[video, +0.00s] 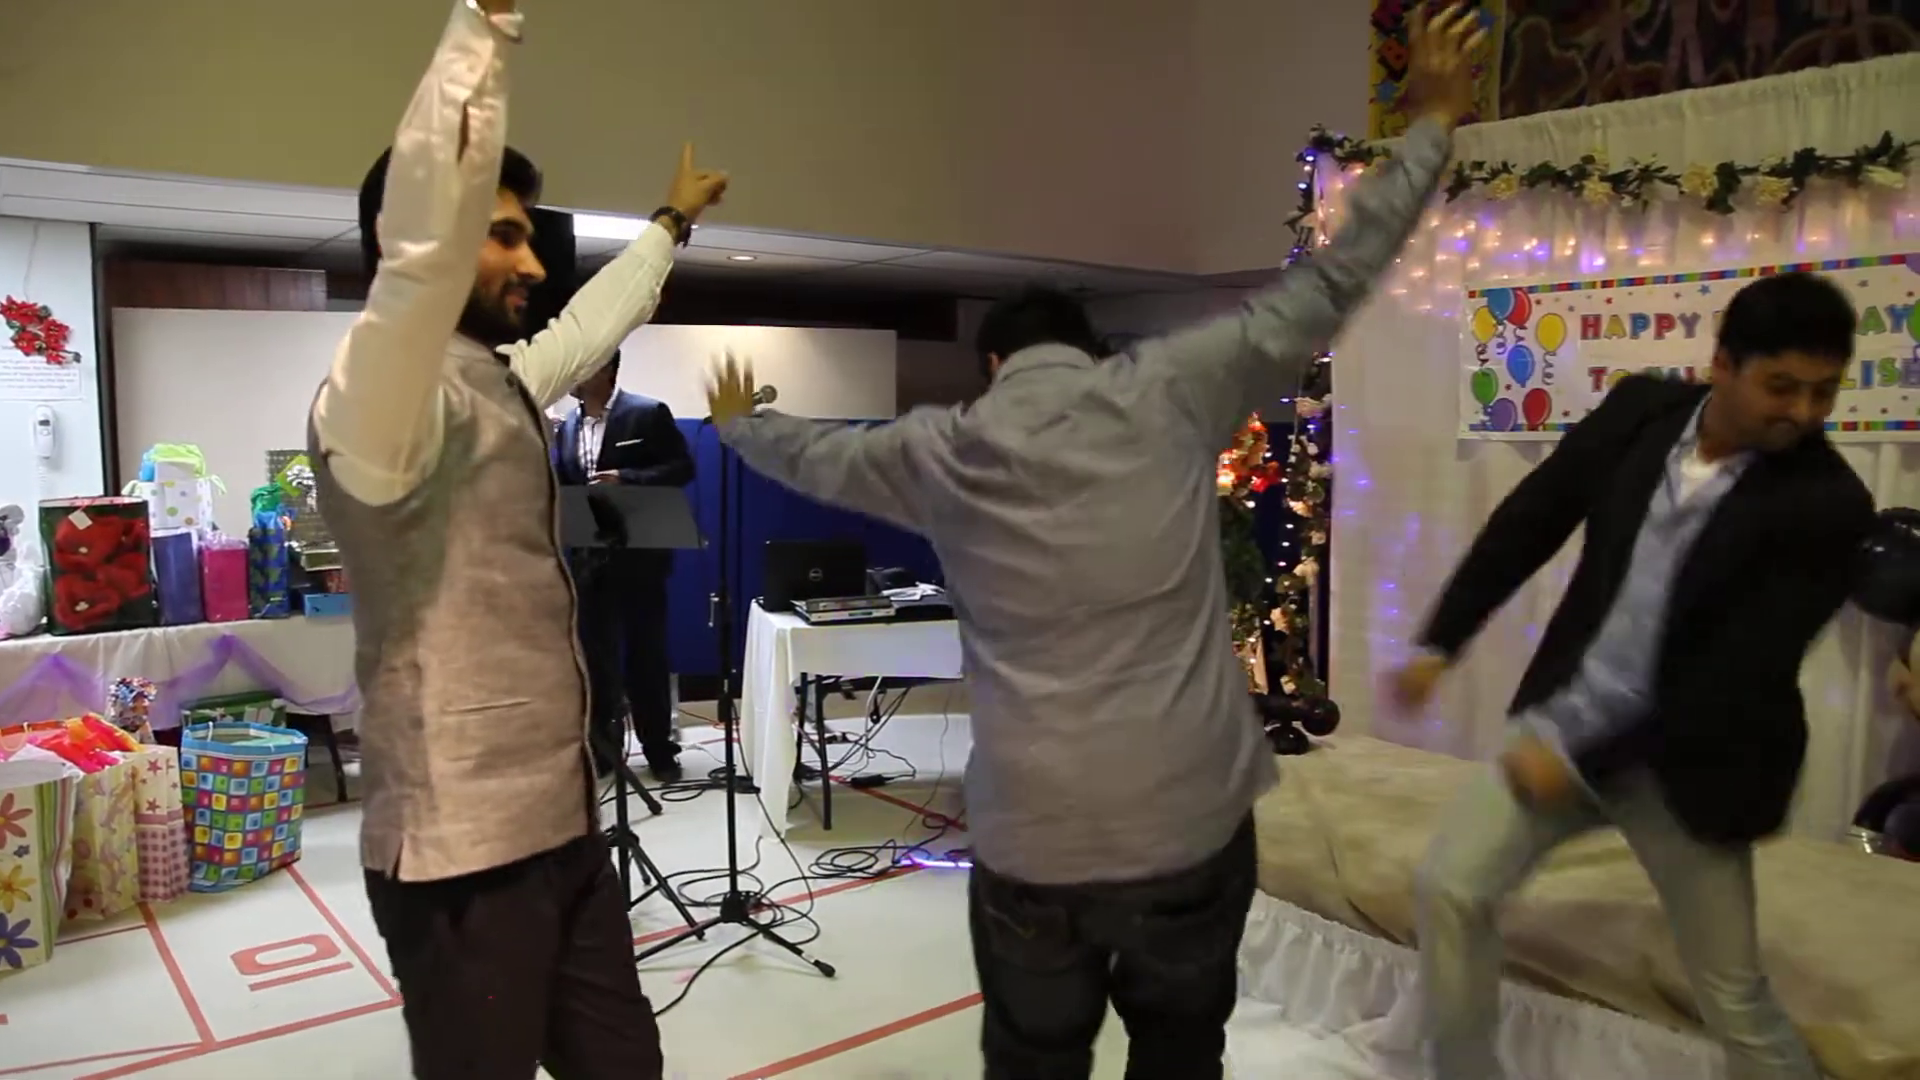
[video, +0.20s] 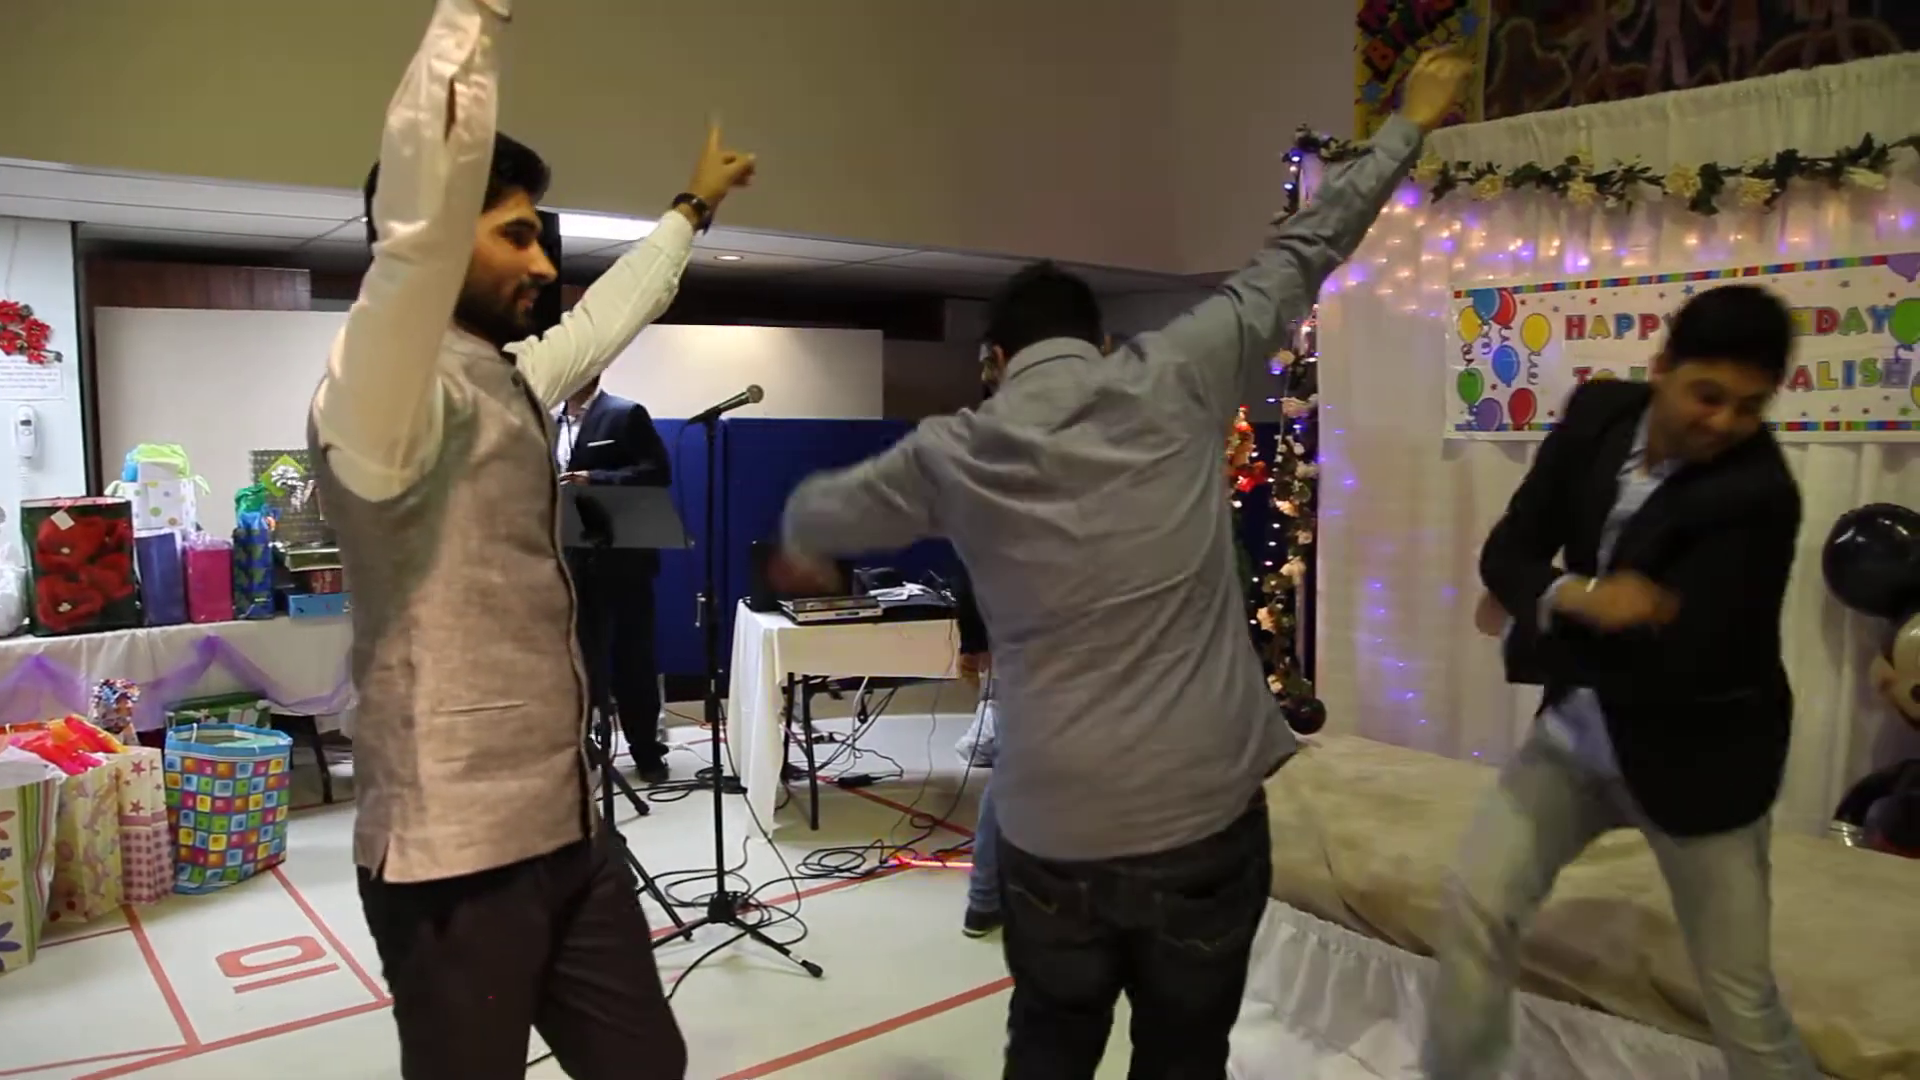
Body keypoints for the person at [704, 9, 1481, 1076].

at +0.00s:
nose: (975, 379)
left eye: (977, 369)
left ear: (989, 367)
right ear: (1093, 345)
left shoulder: (945, 448)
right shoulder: (1175, 386)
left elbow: (823, 456)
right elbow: (1324, 283)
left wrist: (740, 421)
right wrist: (1432, 124)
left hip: (1033, 843)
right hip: (1189, 832)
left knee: (1033, 1065)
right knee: (1179, 1065)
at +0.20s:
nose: (981, 373)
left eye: (984, 357)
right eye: (984, 357)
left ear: (998, 355)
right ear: (1098, 334)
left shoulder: (954, 450)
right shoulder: (1182, 369)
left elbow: (811, 518)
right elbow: (1304, 252)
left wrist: (813, 573)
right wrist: (1404, 130)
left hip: (1053, 842)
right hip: (1204, 829)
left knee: (1049, 1048)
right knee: (1184, 1062)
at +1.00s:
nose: (1082, 355)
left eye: (1084, 338)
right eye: (1063, 338)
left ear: (1013, 348)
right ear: (1003, 346)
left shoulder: (969, 425)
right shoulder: (999, 438)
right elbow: (1028, 638)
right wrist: (1154, 703)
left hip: (953, 754)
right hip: (999, 756)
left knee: (979, 942)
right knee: (1085, 967)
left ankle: (926, 1074)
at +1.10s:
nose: (1053, 339)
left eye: (1055, 322)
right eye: (1031, 323)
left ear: (1050, 326)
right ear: (970, 335)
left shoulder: (1003, 430)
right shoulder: (950, 438)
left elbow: (1001, 610)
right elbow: (960, 625)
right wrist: (1075, 756)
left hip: (991, 744)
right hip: (953, 747)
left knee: (969, 935)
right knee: (1056, 930)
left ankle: (923, 1072)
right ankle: (995, 1070)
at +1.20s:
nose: (1020, 327)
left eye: (1024, 309)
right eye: (997, 311)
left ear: (1030, 319)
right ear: (943, 323)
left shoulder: (1009, 431)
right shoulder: (903, 443)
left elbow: (1044, 562)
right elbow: (903, 631)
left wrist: (1056, 654)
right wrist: (977, 776)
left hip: (996, 731)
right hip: (929, 749)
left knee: (987, 942)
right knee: (991, 952)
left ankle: (925, 1062)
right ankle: (916, 1069)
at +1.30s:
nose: (990, 337)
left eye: (994, 322)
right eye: (968, 323)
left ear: (1001, 328)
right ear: (913, 337)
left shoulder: (1003, 435)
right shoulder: (864, 449)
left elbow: (1054, 552)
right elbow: (860, 633)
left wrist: (1109, 652)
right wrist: (887, 804)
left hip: (1006, 750)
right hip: (920, 764)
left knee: (997, 950)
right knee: (945, 954)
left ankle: (935, 1069)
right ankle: (847, 1061)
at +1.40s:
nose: (964, 346)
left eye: (968, 331)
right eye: (941, 331)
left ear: (974, 343)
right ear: (886, 351)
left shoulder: (1002, 453)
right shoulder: (846, 452)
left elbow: (1072, 572)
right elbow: (814, 600)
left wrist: (1140, 685)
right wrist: (832, 741)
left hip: (998, 744)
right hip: (894, 752)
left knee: (994, 947)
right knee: (881, 951)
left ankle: (933, 1071)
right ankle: (803, 1040)